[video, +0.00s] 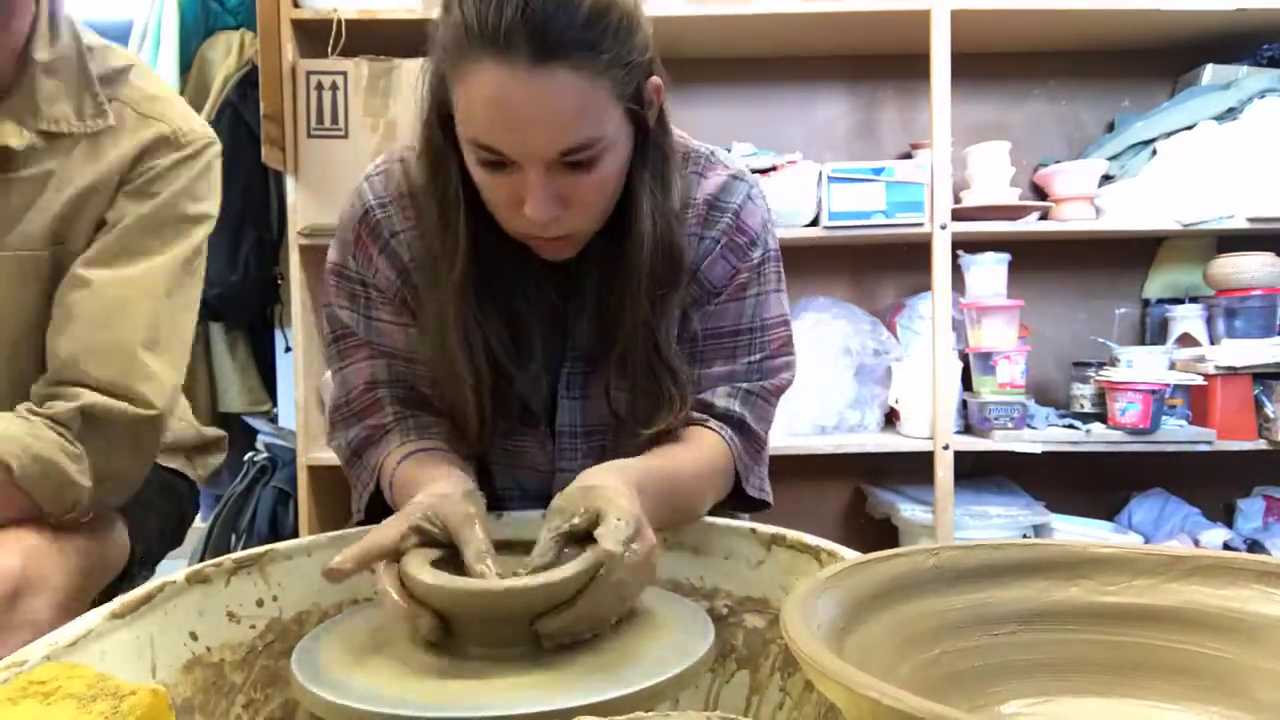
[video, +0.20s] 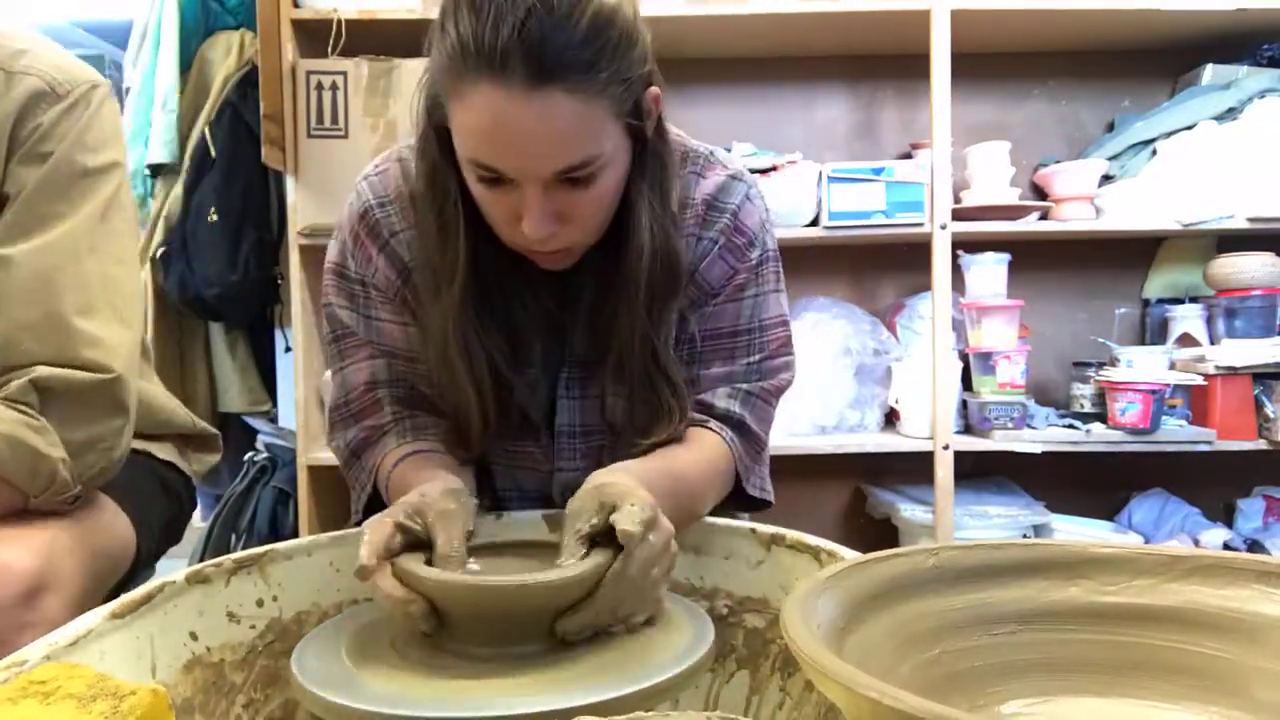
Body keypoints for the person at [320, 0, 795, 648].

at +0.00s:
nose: (539, 210)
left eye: (579, 163)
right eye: (495, 164)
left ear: (647, 109)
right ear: (451, 127)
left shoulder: (719, 211)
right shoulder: (390, 215)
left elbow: (731, 430)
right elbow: (383, 409)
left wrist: (635, 486)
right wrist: (438, 486)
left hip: (659, 568)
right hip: (464, 562)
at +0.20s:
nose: (535, 224)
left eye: (577, 178)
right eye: (492, 179)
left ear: (645, 120)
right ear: (448, 136)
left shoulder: (717, 210)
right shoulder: (388, 216)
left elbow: (734, 420)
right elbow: (383, 406)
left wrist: (653, 490)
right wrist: (430, 488)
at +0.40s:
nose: (599, 138)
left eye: (647, 107)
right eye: (571, 87)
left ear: (690, 103)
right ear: (518, 67)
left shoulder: (725, 212)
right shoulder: (408, 212)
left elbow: (734, 411)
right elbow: (397, 405)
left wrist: (657, 505)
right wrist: (439, 482)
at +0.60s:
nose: (535, 174)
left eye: (577, 128)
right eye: (495, 127)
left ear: (646, 92)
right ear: (453, 101)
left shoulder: (716, 214)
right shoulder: (391, 220)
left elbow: (753, 424)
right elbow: (395, 417)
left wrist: (677, 515)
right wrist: (393, 510)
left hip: (662, 588)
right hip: (467, 579)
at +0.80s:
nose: (541, 207)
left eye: (583, 163)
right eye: (499, 163)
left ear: (650, 112)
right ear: (456, 125)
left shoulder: (723, 226)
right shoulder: (392, 226)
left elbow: (757, 440)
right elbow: (398, 417)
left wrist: (670, 500)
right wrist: (400, 494)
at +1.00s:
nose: (538, 230)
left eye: (577, 184)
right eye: (492, 186)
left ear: (643, 124)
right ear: (448, 146)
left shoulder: (723, 229)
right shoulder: (384, 232)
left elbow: (761, 446)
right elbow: (392, 420)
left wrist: (676, 494)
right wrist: (393, 490)